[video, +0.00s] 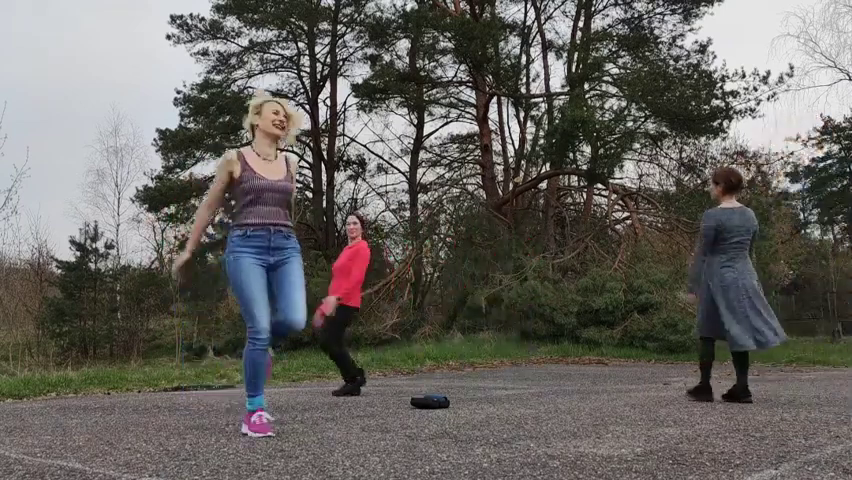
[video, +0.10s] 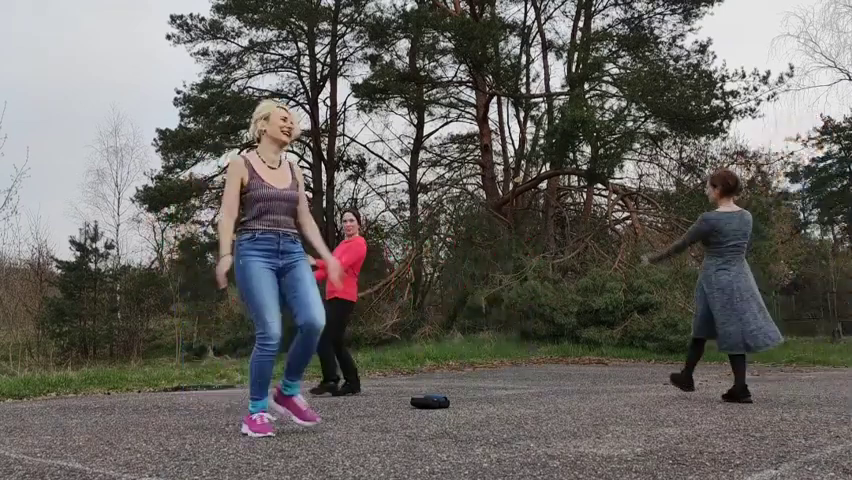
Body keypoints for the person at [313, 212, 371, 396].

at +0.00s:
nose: (351, 227)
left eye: (355, 224)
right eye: (348, 224)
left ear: (362, 227)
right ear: (345, 228)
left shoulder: (362, 249)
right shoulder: (348, 248)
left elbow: (355, 278)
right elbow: (337, 281)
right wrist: (323, 308)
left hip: (348, 302)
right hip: (338, 301)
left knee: (330, 339)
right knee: (328, 339)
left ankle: (353, 379)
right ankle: (353, 376)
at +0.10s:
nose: (348, 224)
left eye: (351, 221)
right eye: (345, 221)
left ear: (358, 224)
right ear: (342, 225)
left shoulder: (359, 244)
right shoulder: (341, 245)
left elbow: (341, 264)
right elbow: (328, 268)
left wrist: (316, 262)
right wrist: (310, 276)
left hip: (344, 296)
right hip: (333, 296)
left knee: (326, 341)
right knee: (335, 341)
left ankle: (330, 380)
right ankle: (352, 382)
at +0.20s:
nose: (343, 220)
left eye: (346, 216)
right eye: (340, 217)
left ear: (353, 219)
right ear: (336, 220)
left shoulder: (354, 237)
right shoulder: (335, 239)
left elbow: (332, 249)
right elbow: (316, 258)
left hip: (341, 290)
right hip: (327, 289)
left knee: (328, 334)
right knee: (333, 335)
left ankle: (310, 380)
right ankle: (350, 377)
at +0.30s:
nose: (337, 220)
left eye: (341, 217)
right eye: (335, 217)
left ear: (350, 219)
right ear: (332, 220)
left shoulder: (351, 236)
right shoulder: (332, 237)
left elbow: (327, 240)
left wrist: (318, 217)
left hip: (336, 286)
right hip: (324, 286)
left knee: (323, 331)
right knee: (323, 332)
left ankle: (313, 379)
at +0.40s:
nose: (336, 225)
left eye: (339, 221)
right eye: (333, 222)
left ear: (345, 225)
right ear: (330, 225)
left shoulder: (344, 240)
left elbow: (340, 259)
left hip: (328, 296)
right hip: (315, 294)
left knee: (320, 337)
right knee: (319, 339)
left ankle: (316, 381)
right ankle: (343, 375)